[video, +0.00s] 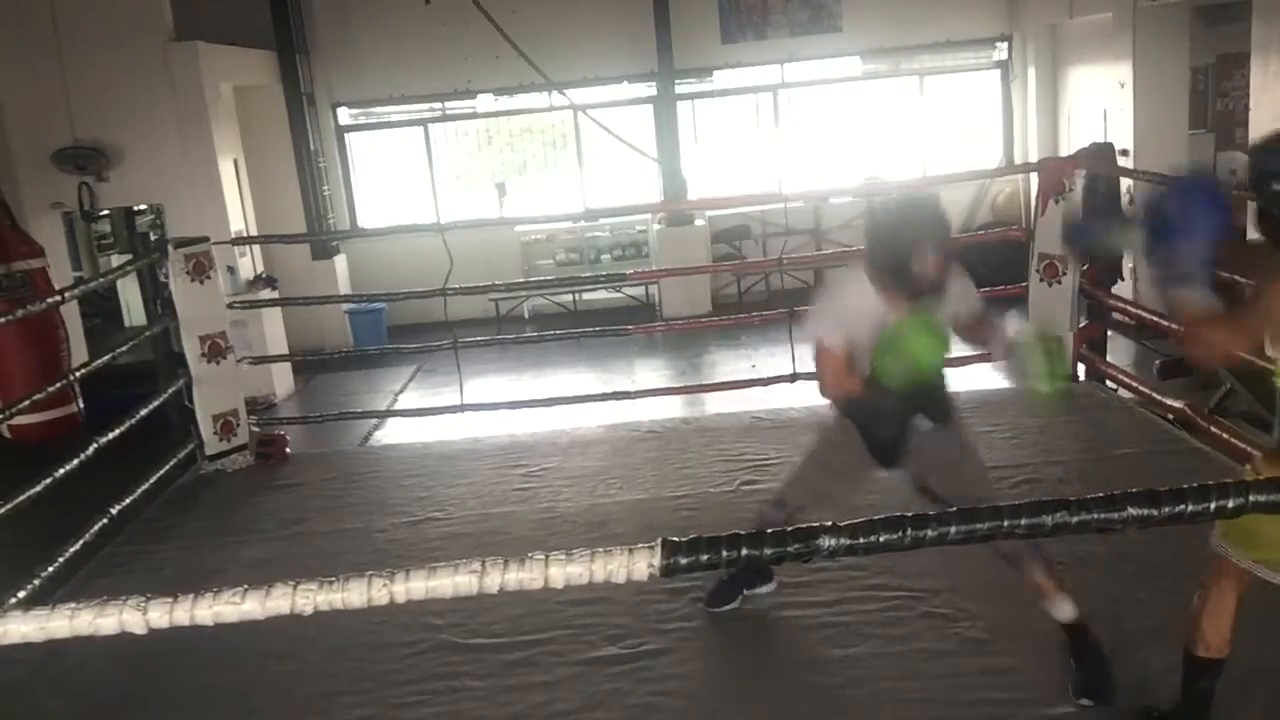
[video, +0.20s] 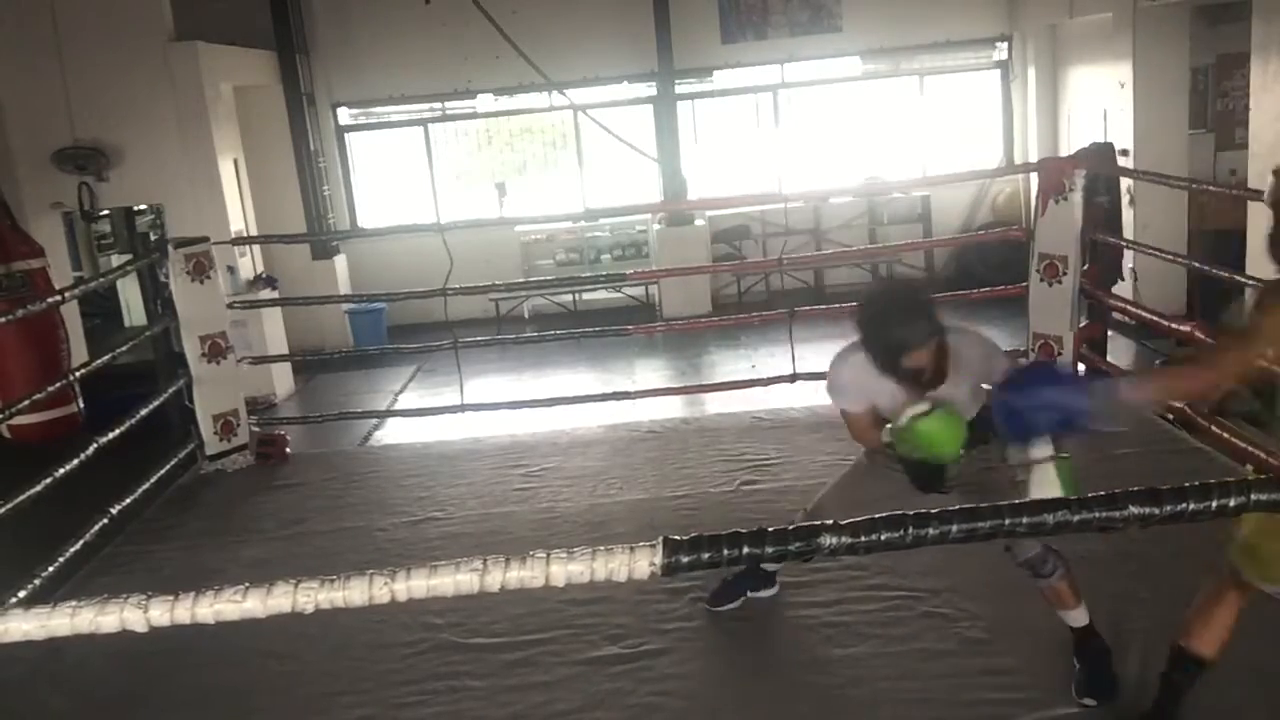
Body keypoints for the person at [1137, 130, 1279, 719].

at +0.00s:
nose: (1255, 193)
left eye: (1259, 184)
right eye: (1258, 181)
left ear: (1263, 195)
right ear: (1263, 192)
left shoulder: (1269, 267)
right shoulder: (1263, 264)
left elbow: (1219, 344)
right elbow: (1221, 342)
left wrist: (1182, 269)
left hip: (1264, 460)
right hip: (1257, 456)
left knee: (1224, 578)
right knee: (1224, 578)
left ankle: (1192, 707)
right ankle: (1193, 705)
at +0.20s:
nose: (1269, 222)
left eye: (1272, 208)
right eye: (1270, 207)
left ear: (1275, 224)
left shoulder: (1274, 307)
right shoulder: (1269, 305)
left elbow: (1209, 376)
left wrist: (1088, 398)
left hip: (1272, 496)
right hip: (1269, 494)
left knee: (1235, 586)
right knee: (1233, 587)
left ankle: (1165, 704)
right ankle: (1166, 702)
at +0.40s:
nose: (1206, 225)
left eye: (1214, 214)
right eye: (1209, 213)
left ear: (1232, 219)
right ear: (1269, 216)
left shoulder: (1208, 299)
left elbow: (1145, 396)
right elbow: (1149, 394)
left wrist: (1189, 415)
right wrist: (1188, 415)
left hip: (1255, 503)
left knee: (1201, 604)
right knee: (1201, 604)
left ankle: (1149, 707)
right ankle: (1151, 705)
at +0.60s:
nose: (1213, 211)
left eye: (1222, 200)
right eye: (1220, 198)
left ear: (1244, 212)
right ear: (1272, 215)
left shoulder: (1222, 295)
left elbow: (1150, 399)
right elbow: (1153, 397)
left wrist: (1187, 449)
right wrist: (1185, 445)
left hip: (1258, 518)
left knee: (1199, 627)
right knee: (1199, 629)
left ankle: (1150, 708)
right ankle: (1152, 706)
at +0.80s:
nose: (1235, 207)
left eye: (1243, 194)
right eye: (1244, 193)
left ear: (1260, 204)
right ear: (1275, 208)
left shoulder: (1256, 295)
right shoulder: (1255, 292)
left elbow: (1211, 412)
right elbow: (1215, 413)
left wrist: (1178, 418)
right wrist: (1190, 419)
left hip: (1268, 534)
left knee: (1189, 661)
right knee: (1189, 661)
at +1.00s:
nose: (1190, 214)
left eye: (1200, 197)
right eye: (1196, 195)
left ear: (1225, 207)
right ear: (1264, 205)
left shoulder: (1214, 303)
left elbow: (1092, 406)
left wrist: (1088, 322)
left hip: (1245, 551)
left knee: (1137, 687)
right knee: (1139, 684)